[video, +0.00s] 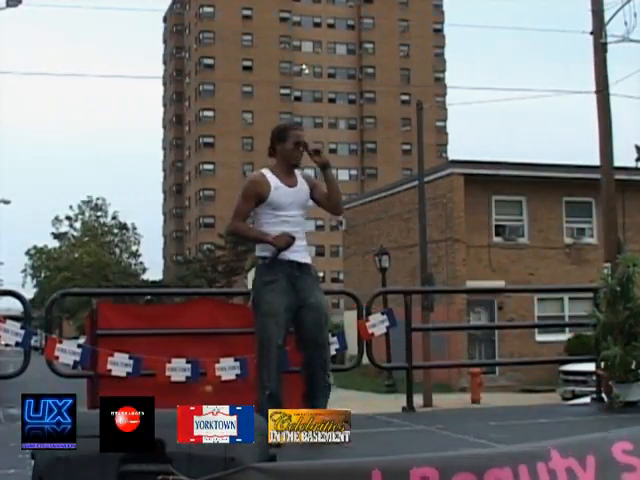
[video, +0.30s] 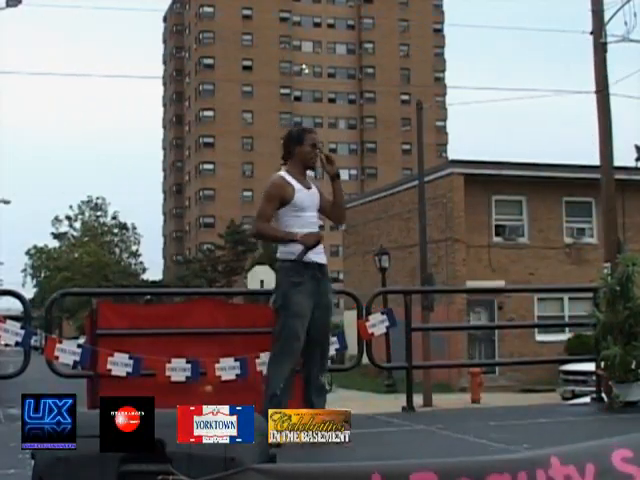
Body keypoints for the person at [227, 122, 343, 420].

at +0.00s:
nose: (303, 150)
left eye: (304, 145)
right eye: (296, 145)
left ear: (303, 150)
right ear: (276, 148)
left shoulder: (305, 181)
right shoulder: (259, 182)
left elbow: (335, 207)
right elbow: (235, 225)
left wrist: (325, 168)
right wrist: (270, 239)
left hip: (305, 272)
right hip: (273, 271)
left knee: (318, 342)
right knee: (271, 343)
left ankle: (318, 411)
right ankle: (270, 414)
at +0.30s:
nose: (318, 152)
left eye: (318, 147)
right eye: (312, 146)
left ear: (305, 153)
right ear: (293, 150)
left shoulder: (310, 185)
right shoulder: (280, 184)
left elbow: (337, 216)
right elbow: (260, 227)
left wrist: (335, 178)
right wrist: (298, 237)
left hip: (318, 270)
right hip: (294, 270)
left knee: (318, 345)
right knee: (290, 344)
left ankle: (317, 411)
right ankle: (273, 411)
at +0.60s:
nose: (337, 154)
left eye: (335, 149)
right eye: (332, 149)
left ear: (318, 154)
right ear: (316, 153)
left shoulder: (321, 185)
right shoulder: (301, 184)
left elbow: (319, 224)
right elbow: (287, 230)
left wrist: (336, 227)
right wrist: (329, 237)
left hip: (327, 266)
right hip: (308, 266)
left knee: (329, 339)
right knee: (314, 335)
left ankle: (316, 405)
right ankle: (294, 403)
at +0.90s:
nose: (359, 158)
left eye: (358, 153)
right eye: (356, 152)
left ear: (340, 154)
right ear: (343, 154)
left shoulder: (340, 186)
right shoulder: (317, 184)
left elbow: (338, 231)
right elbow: (299, 230)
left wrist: (349, 259)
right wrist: (310, 273)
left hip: (335, 268)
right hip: (319, 268)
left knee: (324, 346)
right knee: (331, 346)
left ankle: (314, 414)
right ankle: (357, 419)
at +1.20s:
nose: (378, 151)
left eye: (377, 146)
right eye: (374, 146)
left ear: (361, 149)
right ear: (358, 148)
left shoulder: (361, 182)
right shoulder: (336, 179)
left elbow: (356, 236)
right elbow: (309, 225)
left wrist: (364, 278)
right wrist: (305, 273)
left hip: (356, 266)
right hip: (337, 265)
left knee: (352, 342)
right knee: (353, 342)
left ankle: (322, 409)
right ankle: (361, 424)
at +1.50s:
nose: (390, 143)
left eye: (390, 138)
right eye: (384, 138)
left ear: (376, 144)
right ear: (366, 142)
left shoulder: (379, 178)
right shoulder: (347, 177)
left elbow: (372, 228)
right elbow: (328, 226)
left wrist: (383, 267)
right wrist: (341, 272)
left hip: (380, 266)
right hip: (356, 266)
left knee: (398, 338)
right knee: (359, 346)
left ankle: (389, 417)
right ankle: (361, 424)